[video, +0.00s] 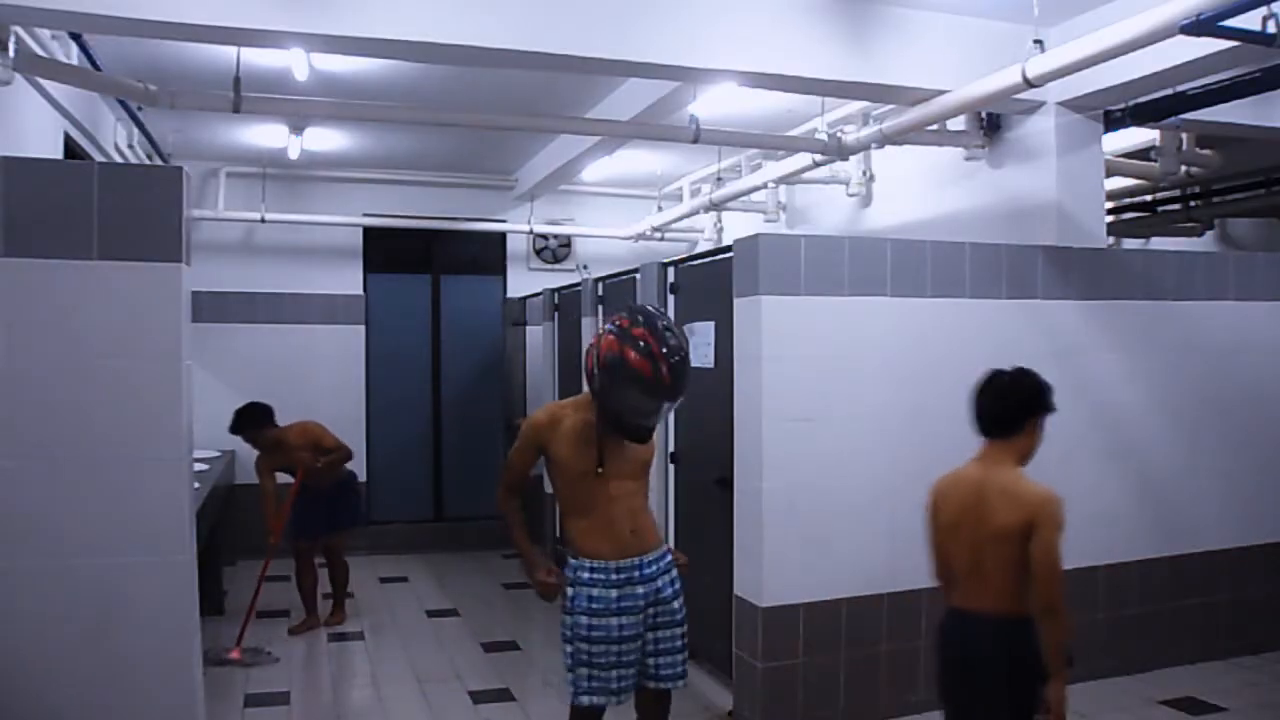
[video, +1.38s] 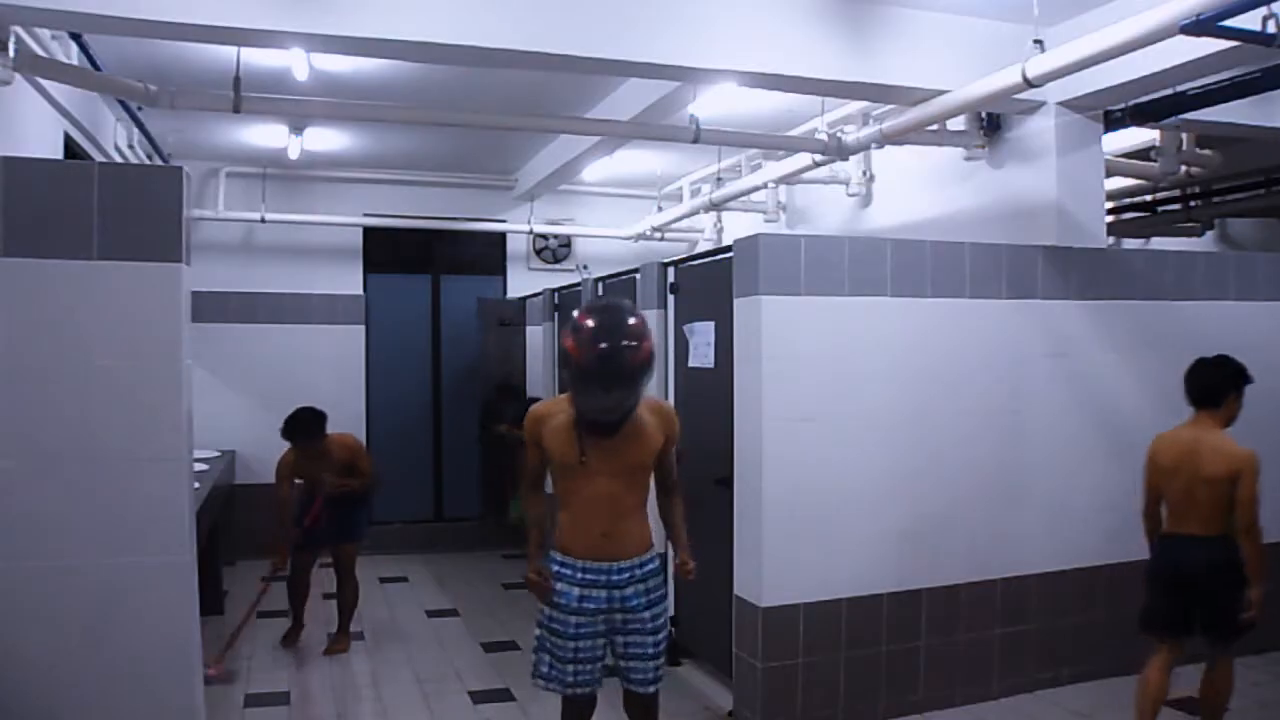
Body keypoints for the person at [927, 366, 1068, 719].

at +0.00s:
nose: (1041, 434)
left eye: (1041, 424)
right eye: (1041, 424)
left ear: (984, 420)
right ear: (1032, 426)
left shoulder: (944, 490)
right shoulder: (1038, 502)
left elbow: (943, 573)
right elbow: (1046, 603)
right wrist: (1056, 677)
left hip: (958, 637)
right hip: (1014, 643)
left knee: (961, 711)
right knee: (1014, 712)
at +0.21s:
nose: (1087, 437)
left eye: (1088, 427)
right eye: (1087, 427)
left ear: (1033, 421)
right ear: (1080, 429)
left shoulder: (993, 485)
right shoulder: (1082, 502)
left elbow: (986, 563)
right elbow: (1084, 594)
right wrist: (1092, 671)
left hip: (999, 628)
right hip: (1054, 634)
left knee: (992, 709)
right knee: (1051, 710)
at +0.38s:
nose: (1118, 425)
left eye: (1119, 415)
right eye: (1119, 415)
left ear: (1064, 411)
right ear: (1112, 417)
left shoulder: (1025, 473)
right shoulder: (1115, 489)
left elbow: (1014, 552)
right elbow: (1122, 576)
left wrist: (1026, 606)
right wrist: (1135, 648)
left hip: (1038, 613)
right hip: (1094, 617)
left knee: (1038, 709)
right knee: (1090, 709)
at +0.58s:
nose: (1142, 421)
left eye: (1141, 412)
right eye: (1142, 412)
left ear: (1089, 409)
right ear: (1135, 414)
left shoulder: (1055, 469)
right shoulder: (1144, 477)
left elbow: (1038, 543)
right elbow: (1162, 554)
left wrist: (1032, 600)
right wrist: (1175, 608)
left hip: (1068, 596)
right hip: (1122, 599)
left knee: (1082, 696)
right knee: (1104, 704)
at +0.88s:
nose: (1170, 414)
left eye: (1170, 405)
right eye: (1169, 405)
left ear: (1121, 407)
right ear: (1159, 408)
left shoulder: (1093, 465)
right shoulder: (1176, 469)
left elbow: (1085, 538)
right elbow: (1191, 547)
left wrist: (1081, 591)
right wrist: (1204, 597)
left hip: (1109, 583)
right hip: (1159, 586)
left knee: (1123, 681)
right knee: (1159, 691)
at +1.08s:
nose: (1197, 409)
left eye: (1197, 400)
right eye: (1196, 400)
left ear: (1148, 400)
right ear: (1184, 403)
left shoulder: (1117, 454)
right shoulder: (1196, 461)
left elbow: (1112, 518)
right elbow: (1205, 536)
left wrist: (1123, 558)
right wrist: (1213, 594)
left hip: (1132, 574)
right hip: (1180, 575)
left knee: (1133, 669)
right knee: (1194, 667)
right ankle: (1182, 712)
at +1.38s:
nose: (1241, 405)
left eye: (1241, 396)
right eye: (1240, 397)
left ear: (1194, 395)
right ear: (1229, 398)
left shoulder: (1162, 445)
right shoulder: (1239, 458)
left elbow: (1150, 510)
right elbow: (1246, 529)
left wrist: (1159, 554)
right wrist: (1255, 583)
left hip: (1171, 561)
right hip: (1218, 565)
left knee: (1164, 649)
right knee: (1220, 656)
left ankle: (1144, 713)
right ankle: (1211, 714)